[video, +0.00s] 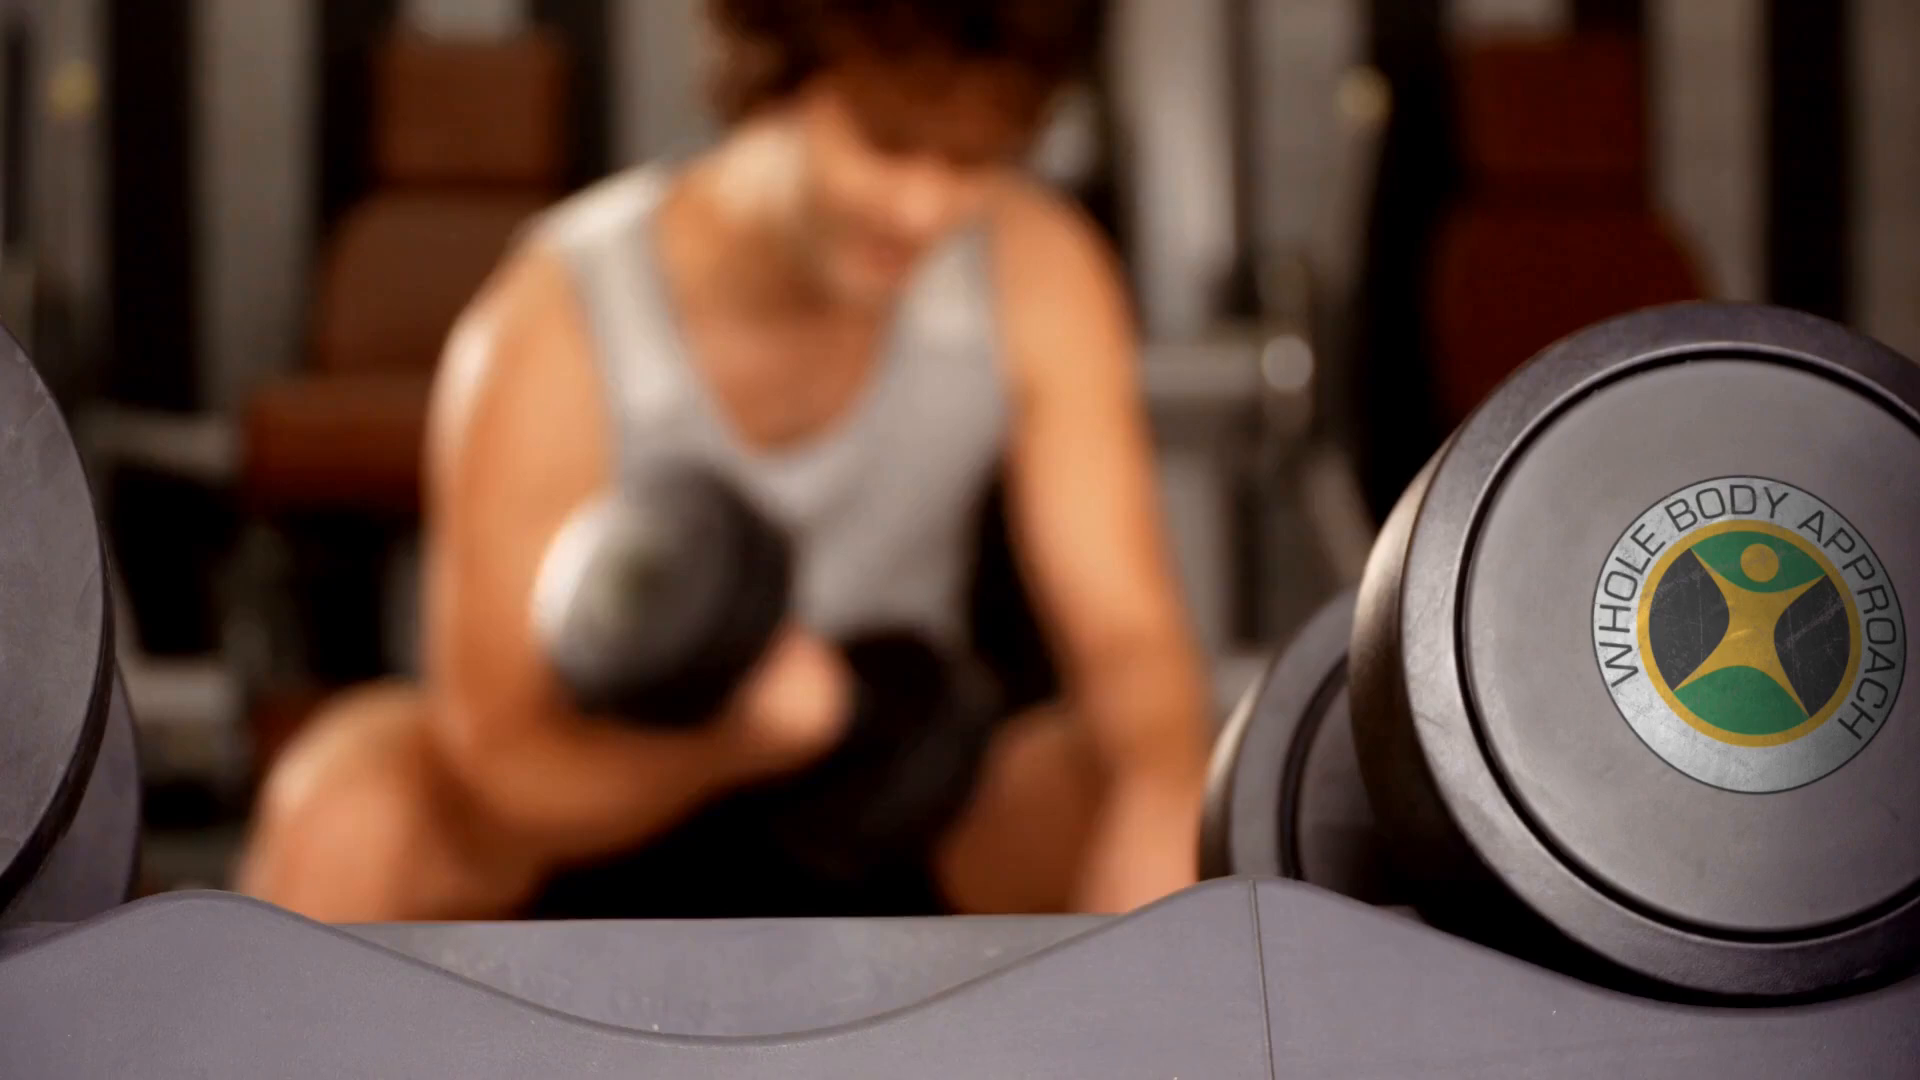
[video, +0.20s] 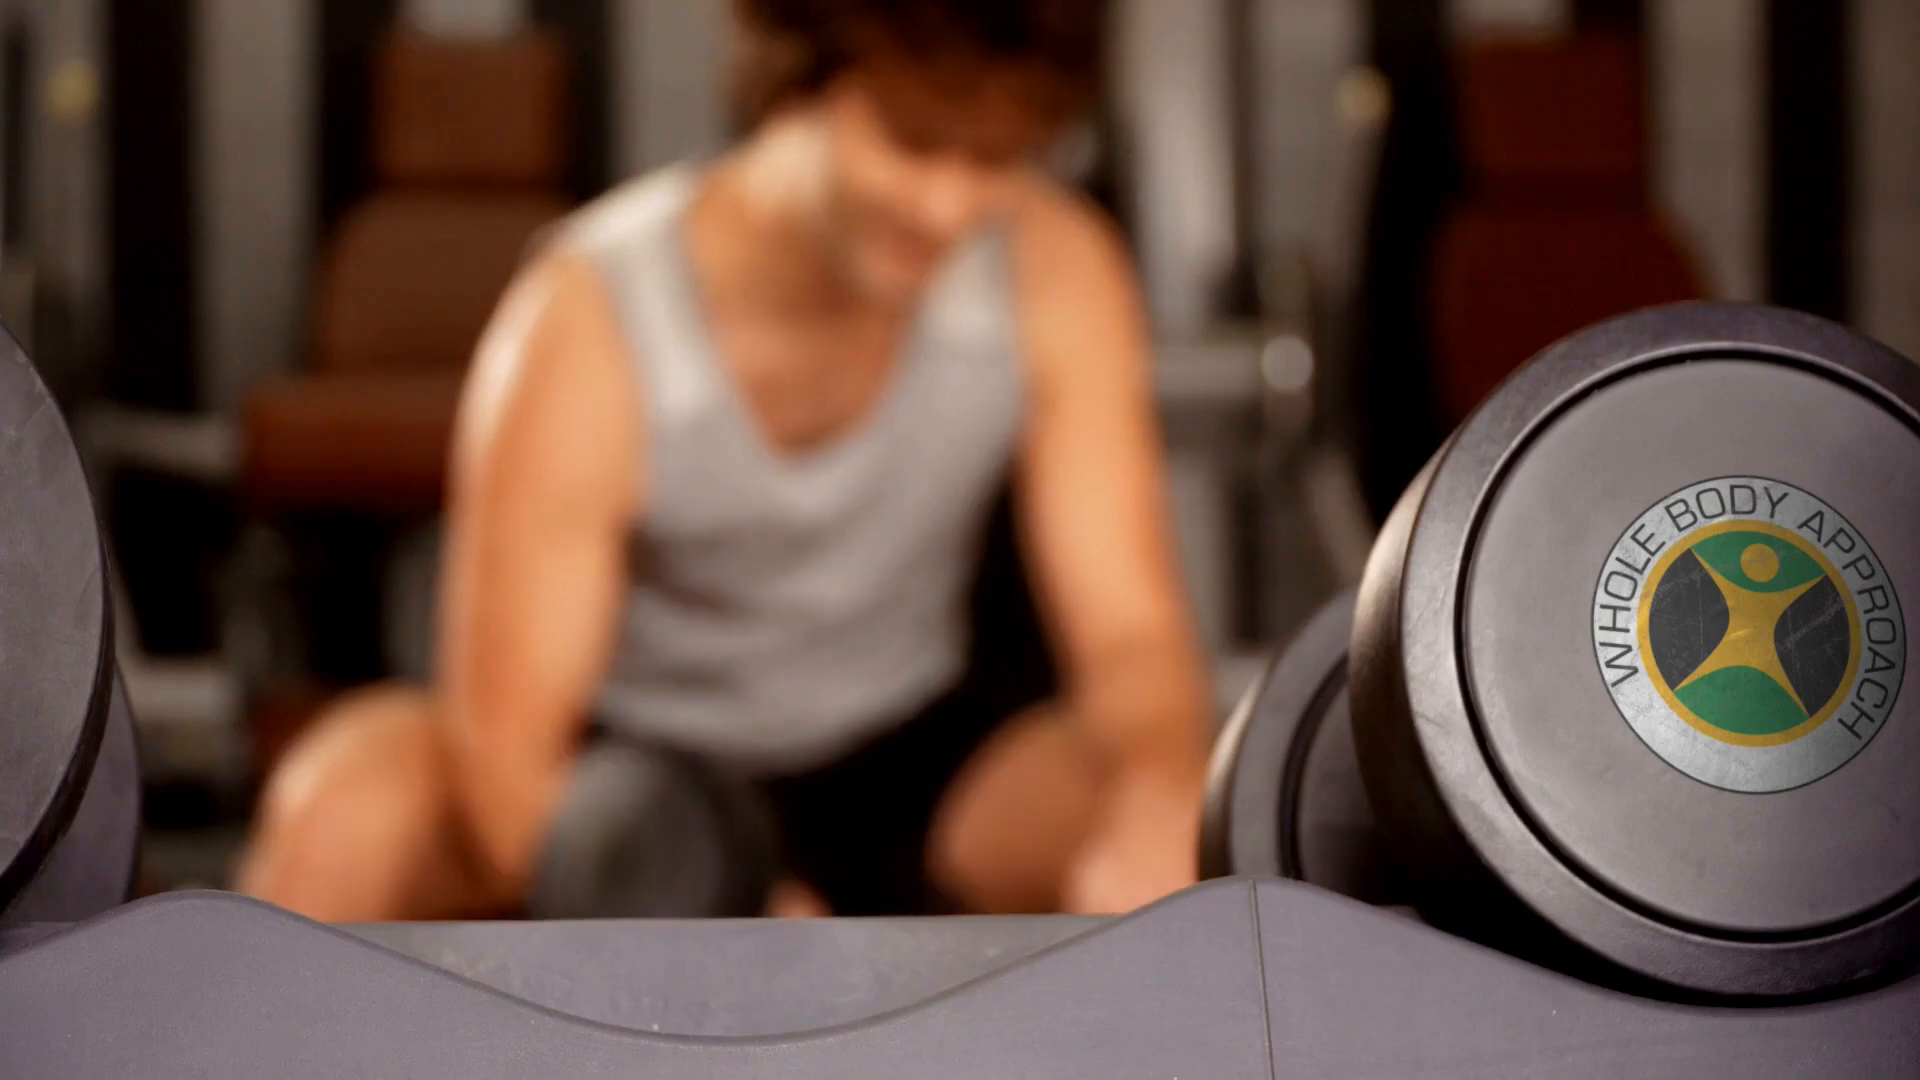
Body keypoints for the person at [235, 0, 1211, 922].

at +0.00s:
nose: (924, 209)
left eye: (975, 163)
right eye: (887, 144)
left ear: (1021, 147)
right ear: (777, 79)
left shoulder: (1031, 263)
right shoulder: (550, 322)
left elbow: (1131, 646)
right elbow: (513, 774)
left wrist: (1155, 832)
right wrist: (743, 738)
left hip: (885, 795)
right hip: (597, 809)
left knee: (1165, 799)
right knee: (345, 802)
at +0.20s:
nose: (946, 208)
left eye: (997, 162)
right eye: (911, 144)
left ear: (1040, 147)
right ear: (801, 83)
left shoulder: (1050, 264)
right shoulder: (587, 310)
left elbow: (1130, 642)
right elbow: (509, 753)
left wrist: (1154, 816)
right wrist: (724, 910)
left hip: (905, 766)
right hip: (625, 767)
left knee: (1168, 815)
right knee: (345, 795)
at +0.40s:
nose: (973, 225)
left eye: (1014, 177)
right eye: (936, 165)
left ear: (1053, 157)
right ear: (826, 108)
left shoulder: (1064, 269)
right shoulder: (617, 329)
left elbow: (1134, 653)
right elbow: (516, 801)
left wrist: (1154, 818)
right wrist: (606, 1055)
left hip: (899, 782)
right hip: (625, 792)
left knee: (1156, 822)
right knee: (358, 794)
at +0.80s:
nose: (953, 321)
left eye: (1001, 272)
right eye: (919, 260)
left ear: (1048, 228)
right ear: (821, 166)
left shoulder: (1053, 272)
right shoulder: (615, 376)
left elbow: (1134, 662)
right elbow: (512, 852)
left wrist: (1150, 852)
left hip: (898, 787)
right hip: (623, 803)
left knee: (1159, 800)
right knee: (353, 792)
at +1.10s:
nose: (941, 330)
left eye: (988, 288)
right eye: (912, 273)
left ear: (1040, 244)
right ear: (825, 170)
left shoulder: (1052, 274)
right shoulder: (613, 369)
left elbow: (1128, 649)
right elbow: (502, 832)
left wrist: (1149, 848)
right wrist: (564, 1072)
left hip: (900, 787)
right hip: (628, 801)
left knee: (1159, 803)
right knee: (340, 791)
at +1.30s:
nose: (933, 314)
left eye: (985, 275)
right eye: (911, 256)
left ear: (1044, 229)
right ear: (830, 149)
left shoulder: (1059, 267)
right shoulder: (615, 336)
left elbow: (1131, 648)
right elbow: (504, 790)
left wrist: (1152, 849)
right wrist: (631, 1043)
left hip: (900, 786)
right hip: (629, 799)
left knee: (1166, 805)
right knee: (352, 787)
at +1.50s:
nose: (928, 299)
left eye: (978, 263)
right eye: (902, 242)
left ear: (1040, 219)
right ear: (821, 133)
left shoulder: (1057, 262)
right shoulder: (595, 314)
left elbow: (1131, 640)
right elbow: (513, 749)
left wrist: (1172, 841)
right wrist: (699, 947)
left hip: (905, 763)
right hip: (629, 776)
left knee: (1194, 813)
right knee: (365, 791)